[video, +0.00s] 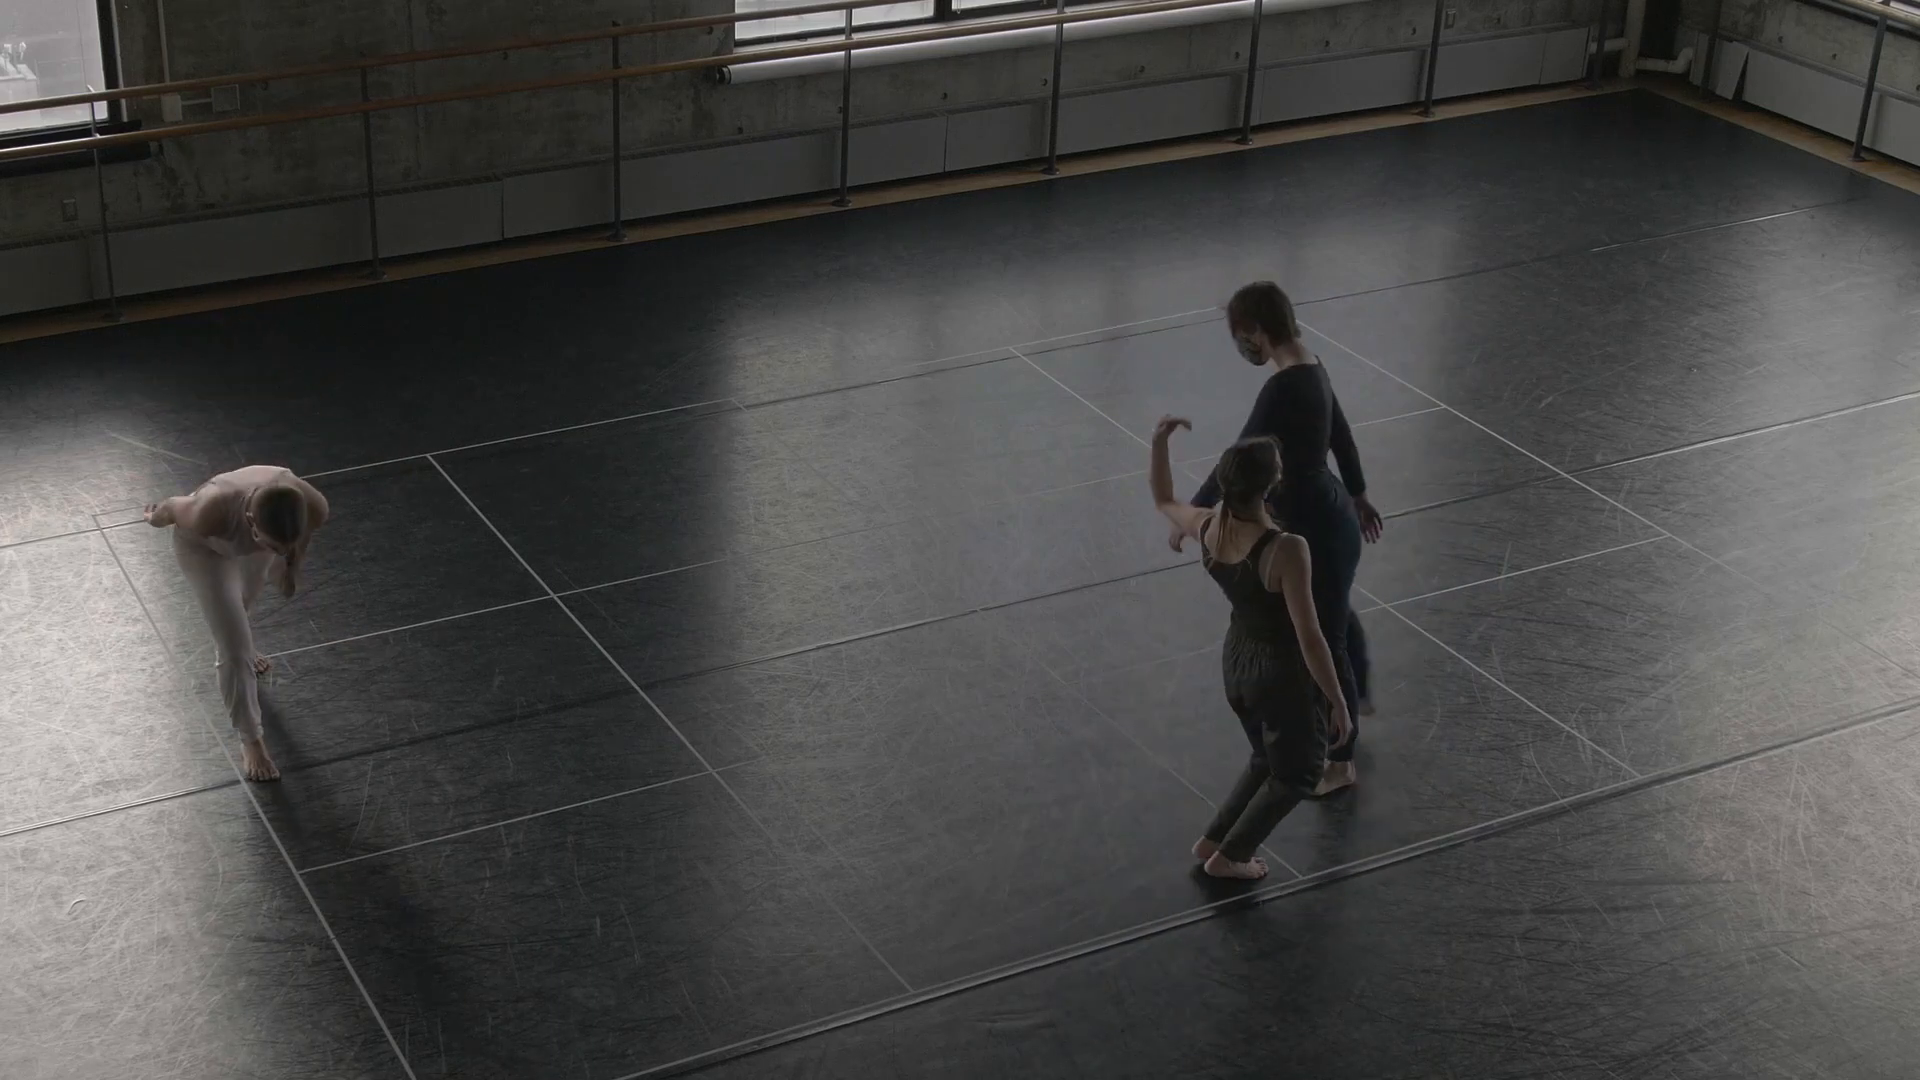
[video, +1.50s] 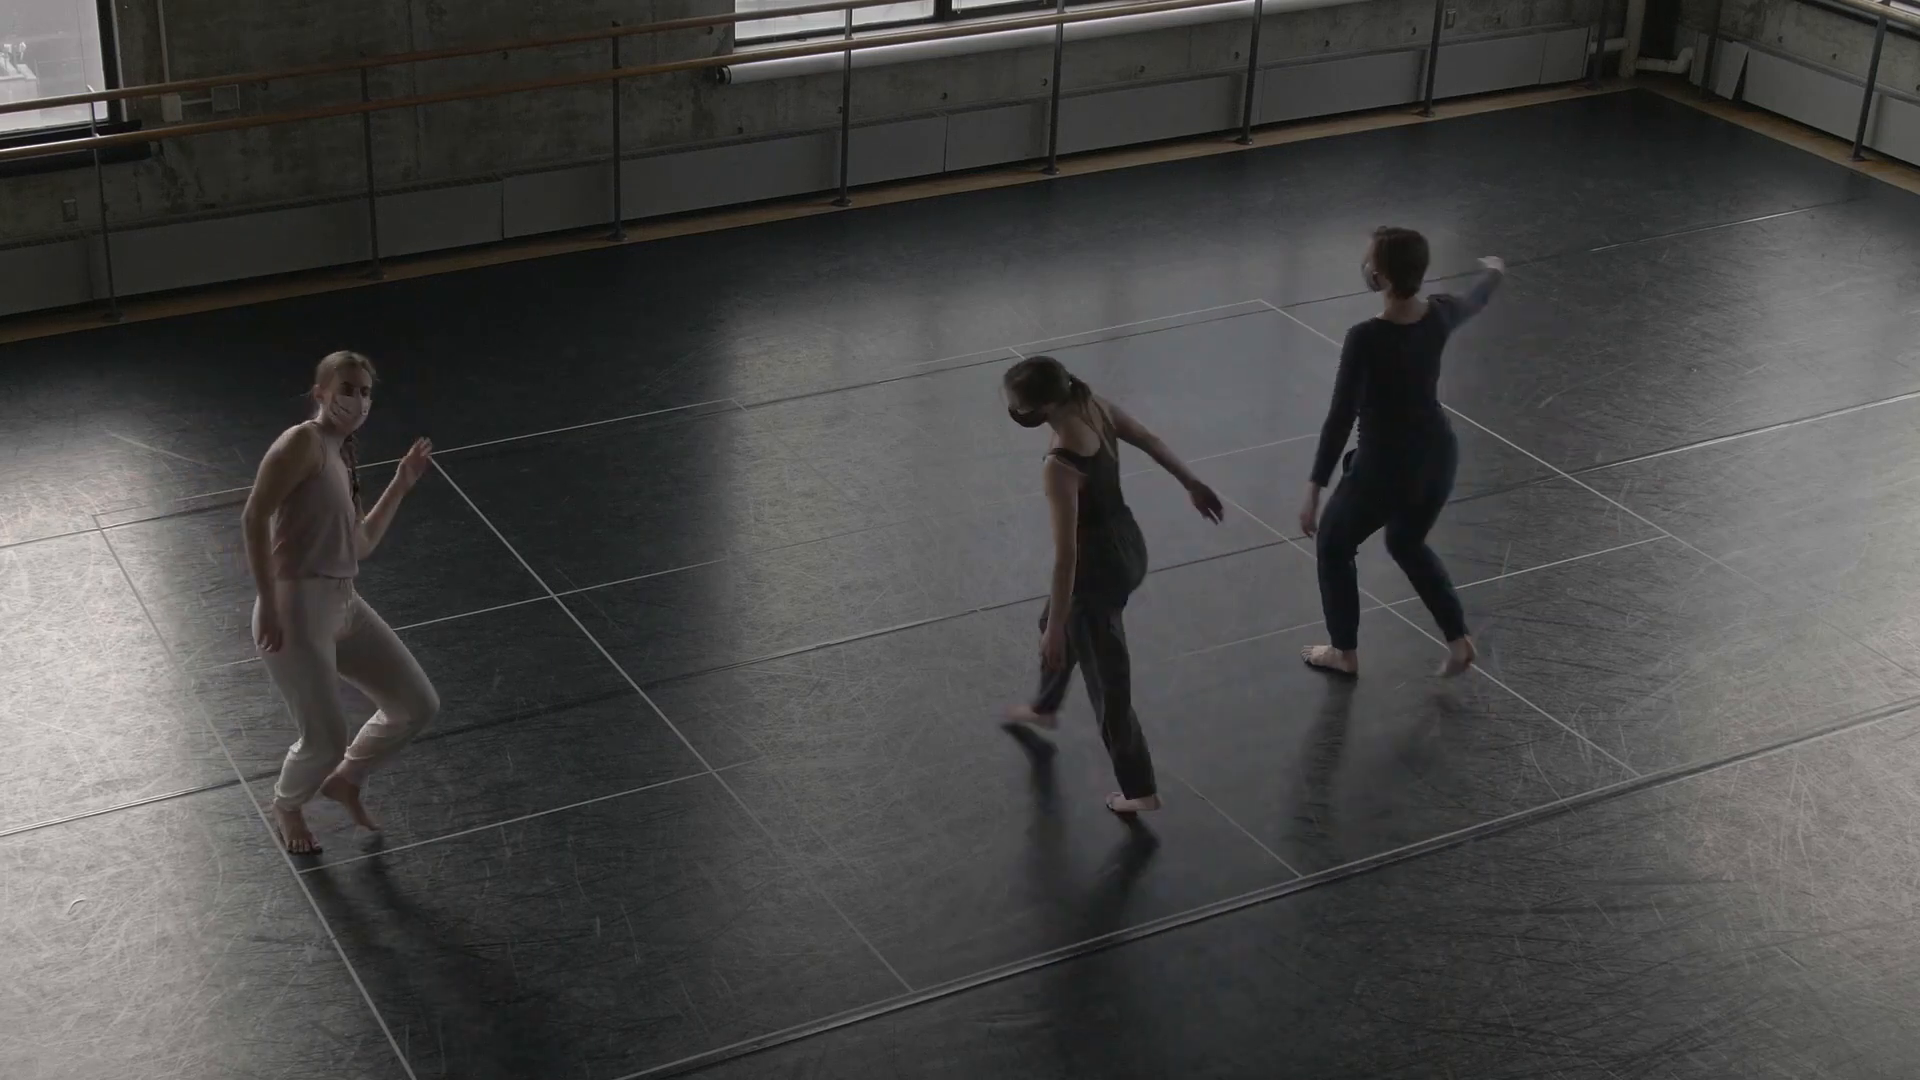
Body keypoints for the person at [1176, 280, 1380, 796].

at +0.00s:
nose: (1237, 342)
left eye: (1239, 333)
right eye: (1235, 334)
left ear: (1258, 329)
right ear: (1283, 322)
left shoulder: (1279, 388)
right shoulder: (1312, 367)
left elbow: (1239, 457)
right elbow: (1341, 437)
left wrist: (1191, 511)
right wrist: (1360, 496)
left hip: (1313, 528)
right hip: (1335, 509)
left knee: (1325, 633)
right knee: (1335, 606)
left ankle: (1338, 761)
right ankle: (1355, 696)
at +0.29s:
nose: (1274, 336)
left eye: (1275, 326)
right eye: (1273, 326)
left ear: (1290, 327)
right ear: (1326, 317)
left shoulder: (1291, 392)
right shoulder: (1365, 372)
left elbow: (1251, 468)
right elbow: (1398, 450)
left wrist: (1213, 511)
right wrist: (1424, 513)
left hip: (1332, 542)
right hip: (1393, 525)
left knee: (1343, 657)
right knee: (1407, 638)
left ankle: (1349, 769)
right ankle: (1436, 752)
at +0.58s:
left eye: (1323, 318)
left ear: (1322, 325)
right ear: (1371, 317)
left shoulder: (1318, 379)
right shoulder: (1391, 391)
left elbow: (1335, 454)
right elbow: (1396, 484)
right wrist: (1414, 564)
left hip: (1330, 519)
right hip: (1381, 524)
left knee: (1324, 632)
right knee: (1389, 591)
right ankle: (1393, 653)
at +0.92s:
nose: (1409, 332)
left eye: (1401, 323)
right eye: (1443, 327)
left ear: (1397, 326)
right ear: (1445, 329)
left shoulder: (1381, 362)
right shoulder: (1456, 390)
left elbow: (1413, 358)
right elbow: (1444, 471)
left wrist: (1450, 355)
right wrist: (1431, 551)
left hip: (1371, 503)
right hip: (1435, 509)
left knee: (1348, 622)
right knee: (1457, 597)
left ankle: (1324, 749)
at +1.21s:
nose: (1432, 308)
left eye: (1433, 301)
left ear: (1433, 310)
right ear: (1481, 315)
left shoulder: (1401, 358)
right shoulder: (1498, 372)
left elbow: (1338, 372)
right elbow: (1569, 419)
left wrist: (1281, 373)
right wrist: (1637, 454)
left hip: (1403, 507)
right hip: (1467, 511)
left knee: (1355, 560)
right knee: (1474, 602)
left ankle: (1372, 670)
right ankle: (1483, 717)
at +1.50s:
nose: (1365, 267)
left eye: (1371, 262)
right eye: (1369, 259)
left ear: (1382, 275)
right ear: (1420, 271)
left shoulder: (1365, 339)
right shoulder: (1440, 315)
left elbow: (1340, 419)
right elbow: (1474, 300)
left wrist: (1313, 491)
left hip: (1383, 466)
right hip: (1437, 459)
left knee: (1334, 540)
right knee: (1406, 541)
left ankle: (1343, 651)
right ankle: (1459, 642)